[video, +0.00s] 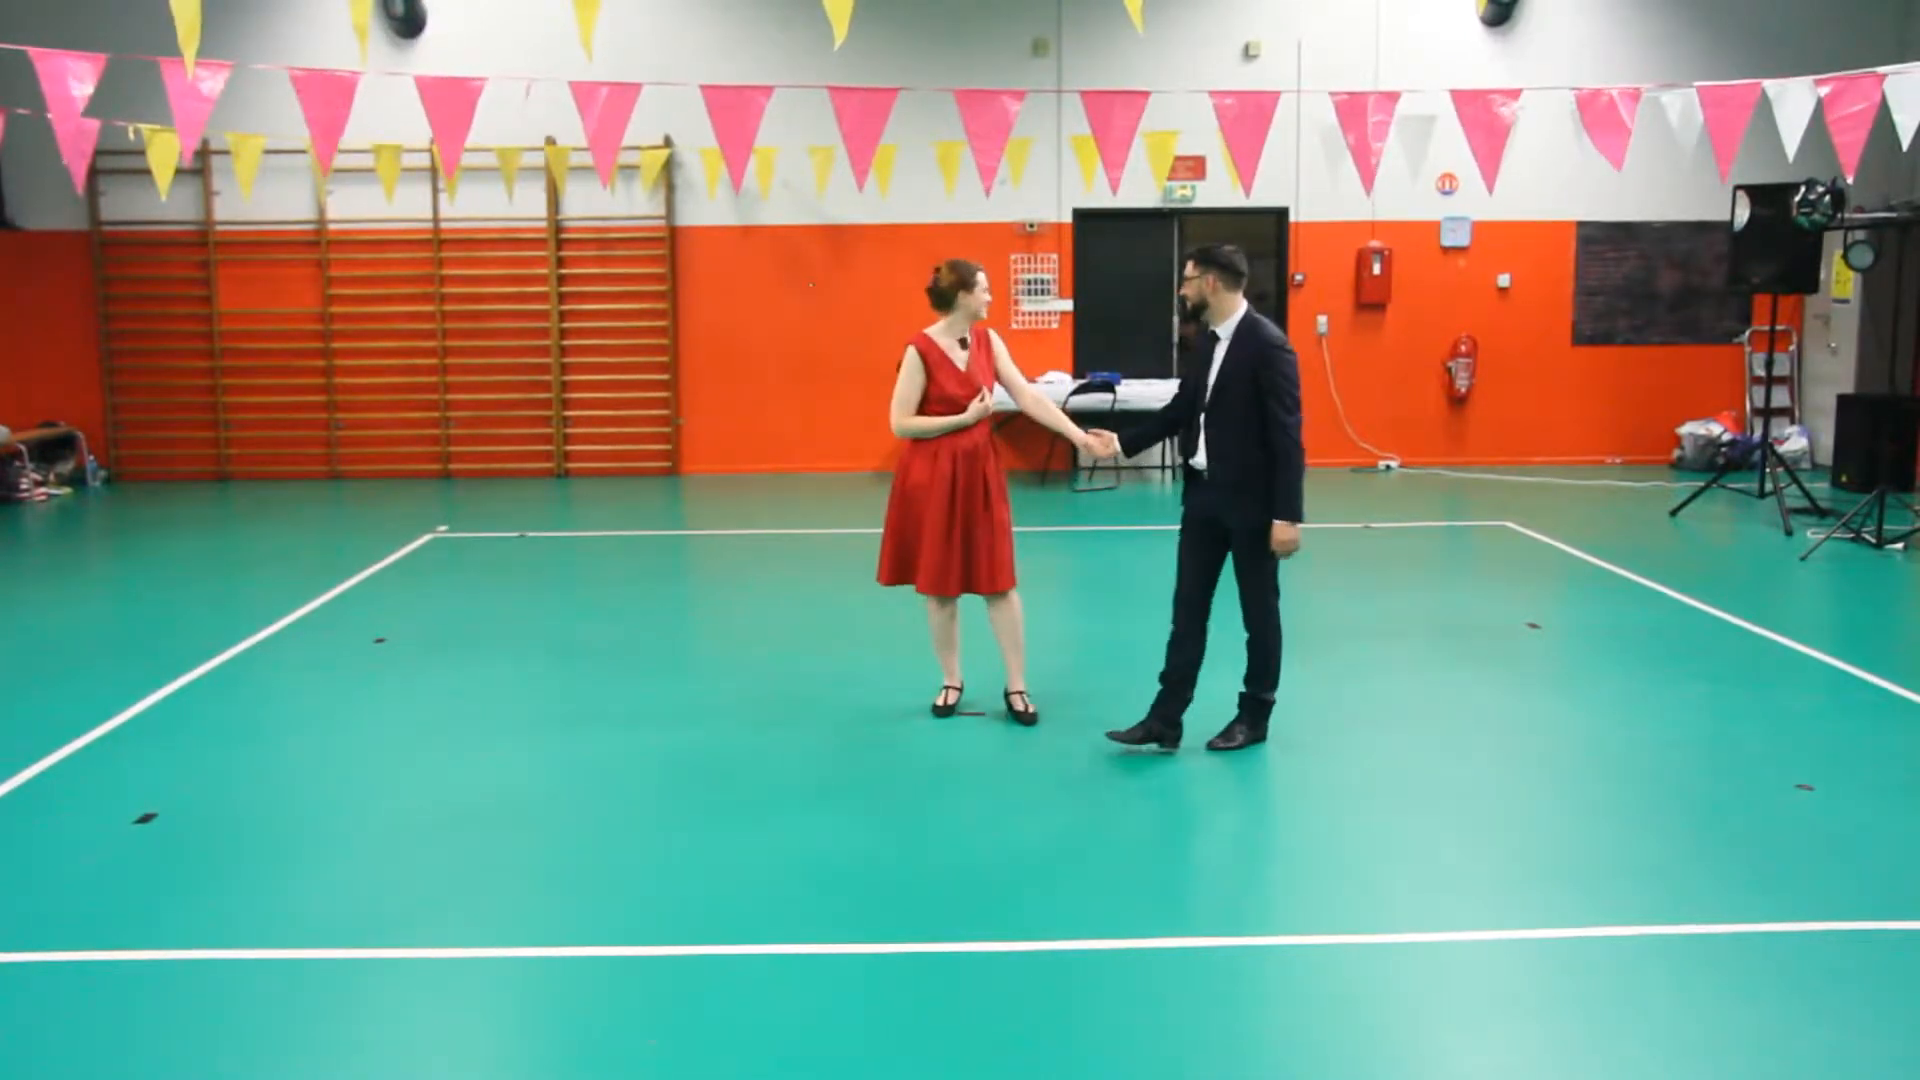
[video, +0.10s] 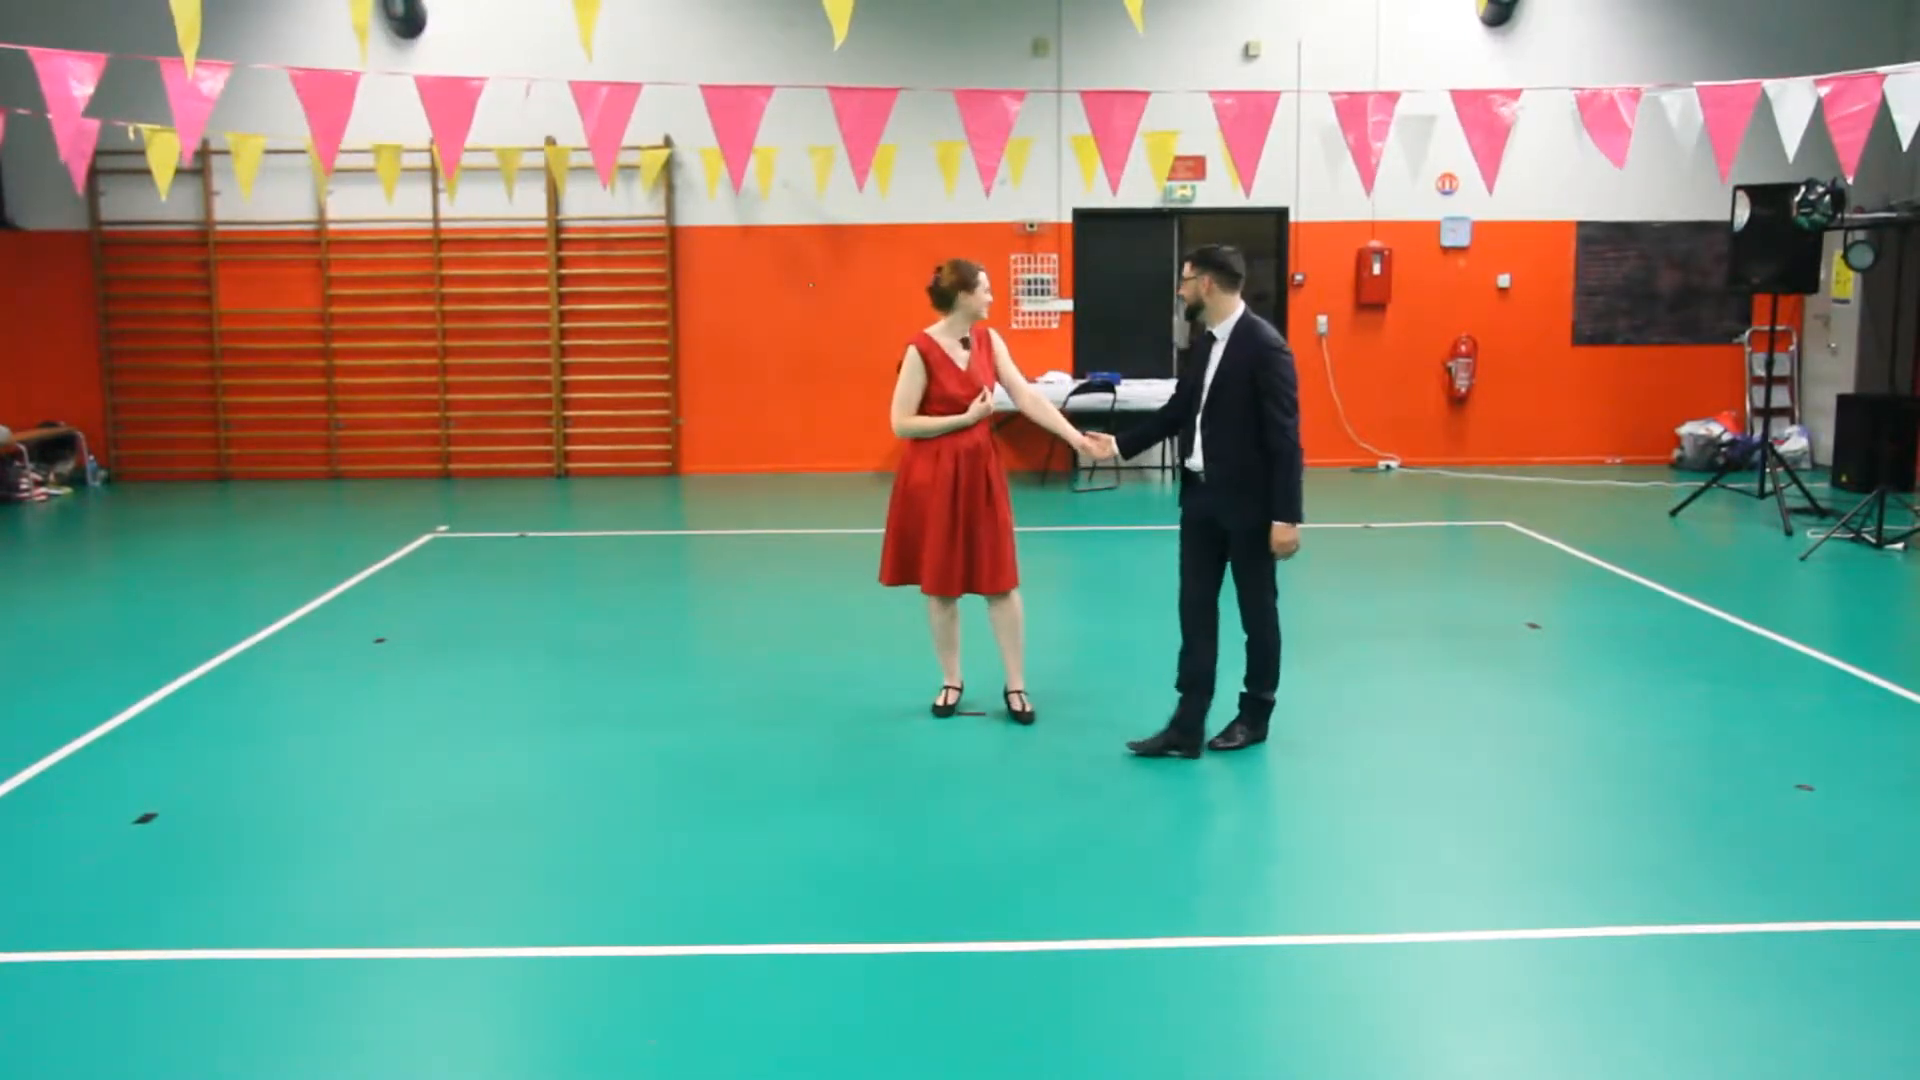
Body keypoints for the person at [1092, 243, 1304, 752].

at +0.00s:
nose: (1182, 290)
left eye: (1188, 280)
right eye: (1183, 281)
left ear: (1213, 282)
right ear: (1211, 284)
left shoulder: (1269, 345)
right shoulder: (1204, 341)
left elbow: (1287, 432)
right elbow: (1181, 411)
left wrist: (1287, 513)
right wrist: (1121, 443)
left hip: (1253, 499)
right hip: (1204, 494)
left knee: (1260, 617)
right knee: (1188, 612)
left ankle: (1254, 718)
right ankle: (1165, 721)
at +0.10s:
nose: (1180, 290)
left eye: (1186, 280)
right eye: (1182, 281)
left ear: (1209, 283)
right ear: (1210, 285)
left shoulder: (1265, 345)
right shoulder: (1203, 343)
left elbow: (1284, 433)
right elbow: (1178, 412)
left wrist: (1286, 514)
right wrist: (1119, 444)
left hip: (1250, 498)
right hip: (1200, 494)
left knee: (1257, 613)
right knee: (1196, 611)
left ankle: (1254, 718)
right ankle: (1186, 727)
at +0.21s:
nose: (1177, 290)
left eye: (1182, 280)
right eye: (1179, 281)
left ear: (1204, 283)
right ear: (1206, 285)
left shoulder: (1262, 345)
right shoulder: (1199, 342)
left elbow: (1279, 434)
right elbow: (1176, 413)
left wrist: (1278, 515)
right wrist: (1117, 447)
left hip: (1245, 501)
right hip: (1195, 496)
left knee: (1253, 616)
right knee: (1199, 618)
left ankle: (1254, 717)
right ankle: (1194, 726)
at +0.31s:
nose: (1170, 289)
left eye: (1175, 279)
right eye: (1172, 280)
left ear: (1200, 282)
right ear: (1199, 283)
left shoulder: (1256, 343)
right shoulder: (1193, 339)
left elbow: (1269, 435)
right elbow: (1173, 415)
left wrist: (1256, 514)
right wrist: (1115, 451)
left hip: (1235, 501)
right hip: (1188, 497)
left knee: (1244, 618)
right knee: (1197, 620)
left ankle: (1254, 717)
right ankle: (1192, 728)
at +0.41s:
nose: (1163, 289)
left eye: (1169, 279)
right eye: (1164, 280)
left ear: (1198, 281)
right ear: (1194, 282)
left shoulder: (1248, 342)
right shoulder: (1189, 340)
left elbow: (1259, 434)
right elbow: (1167, 420)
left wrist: (1231, 508)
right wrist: (1112, 455)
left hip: (1228, 501)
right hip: (1182, 498)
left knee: (1233, 614)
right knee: (1193, 620)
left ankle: (1254, 713)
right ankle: (1192, 729)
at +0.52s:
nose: (1157, 288)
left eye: (1167, 279)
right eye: (1157, 280)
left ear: (1201, 281)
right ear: (1187, 284)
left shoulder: (1242, 343)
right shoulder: (1181, 340)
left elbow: (1250, 434)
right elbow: (1160, 422)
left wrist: (1214, 502)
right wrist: (1108, 462)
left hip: (1223, 503)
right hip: (1177, 501)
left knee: (1219, 618)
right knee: (1189, 623)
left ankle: (1252, 707)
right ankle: (1191, 729)